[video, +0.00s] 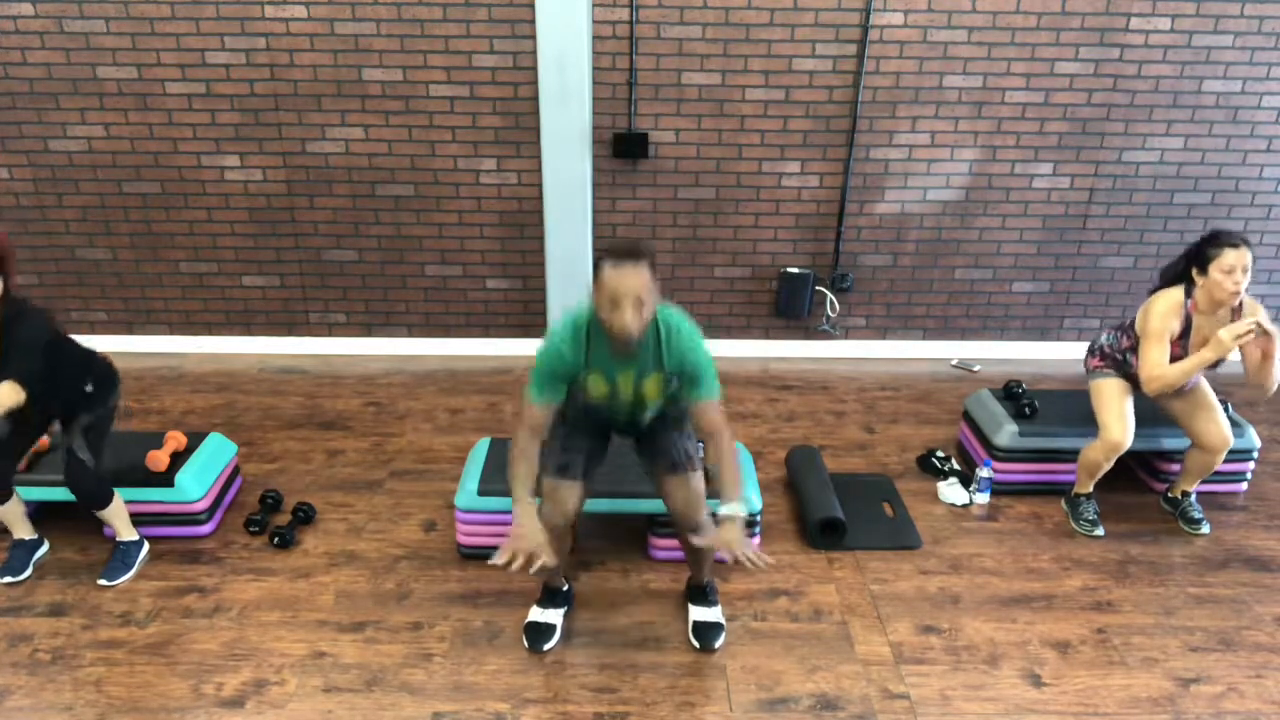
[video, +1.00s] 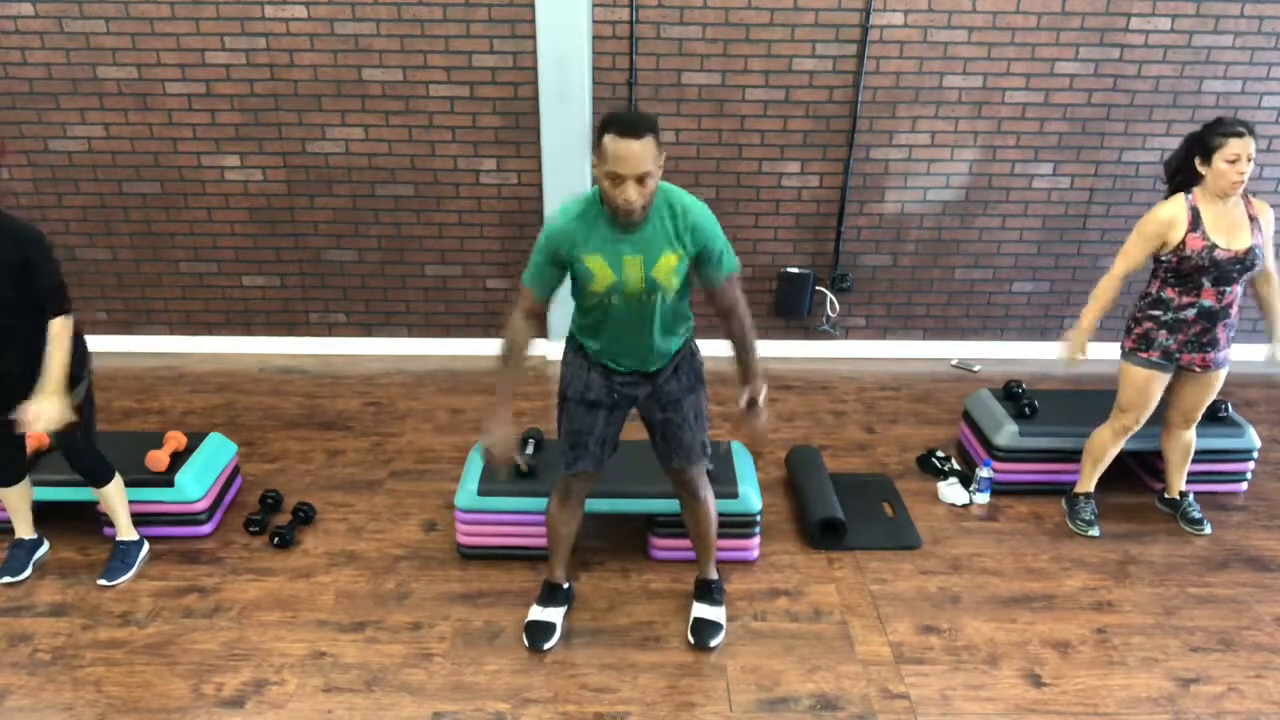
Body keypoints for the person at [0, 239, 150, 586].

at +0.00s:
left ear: (4, 284)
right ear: (5, 284)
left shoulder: (23, 319)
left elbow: (16, 388)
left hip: (89, 388)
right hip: (41, 397)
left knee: (80, 475)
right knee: (1, 470)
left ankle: (130, 540)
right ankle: (26, 539)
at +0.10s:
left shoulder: (22, 288)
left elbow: (13, 369)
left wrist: (2, 436)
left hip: (80, 370)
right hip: (31, 376)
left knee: (80, 467)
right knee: (0, 465)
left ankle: (130, 540)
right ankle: (26, 540)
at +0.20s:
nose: (4, 200)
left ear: (6, 207)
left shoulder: (17, 257)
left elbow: (32, 343)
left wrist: (39, 418)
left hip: (64, 360)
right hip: (11, 368)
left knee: (77, 454)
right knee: (3, 456)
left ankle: (129, 539)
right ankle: (25, 539)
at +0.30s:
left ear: (8, 194)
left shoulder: (26, 242)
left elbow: (62, 317)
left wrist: (85, 386)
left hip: (45, 363)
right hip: (8, 371)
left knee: (78, 450)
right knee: (7, 457)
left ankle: (129, 539)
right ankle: (26, 539)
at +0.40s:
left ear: (7, 183)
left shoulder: (29, 232)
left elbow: (77, 295)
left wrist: (111, 353)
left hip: (47, 360)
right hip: (5, 370)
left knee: (80, 450)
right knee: (7, 458)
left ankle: (129, 539)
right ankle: (26, 539)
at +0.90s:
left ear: (2, 192)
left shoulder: (27, 234)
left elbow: (72, 302)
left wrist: (97, 371)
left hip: (46, 362)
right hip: (3, 372)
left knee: (82, 452)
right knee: (7, 459)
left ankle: (129, 538)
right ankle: (26, 539)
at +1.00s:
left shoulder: (20, 239)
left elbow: (59, 315)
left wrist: (51, 390)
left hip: (54, 362)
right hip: (7, 371)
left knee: (79, 449)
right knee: (6, 458)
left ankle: (129, 538)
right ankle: (26, 539)